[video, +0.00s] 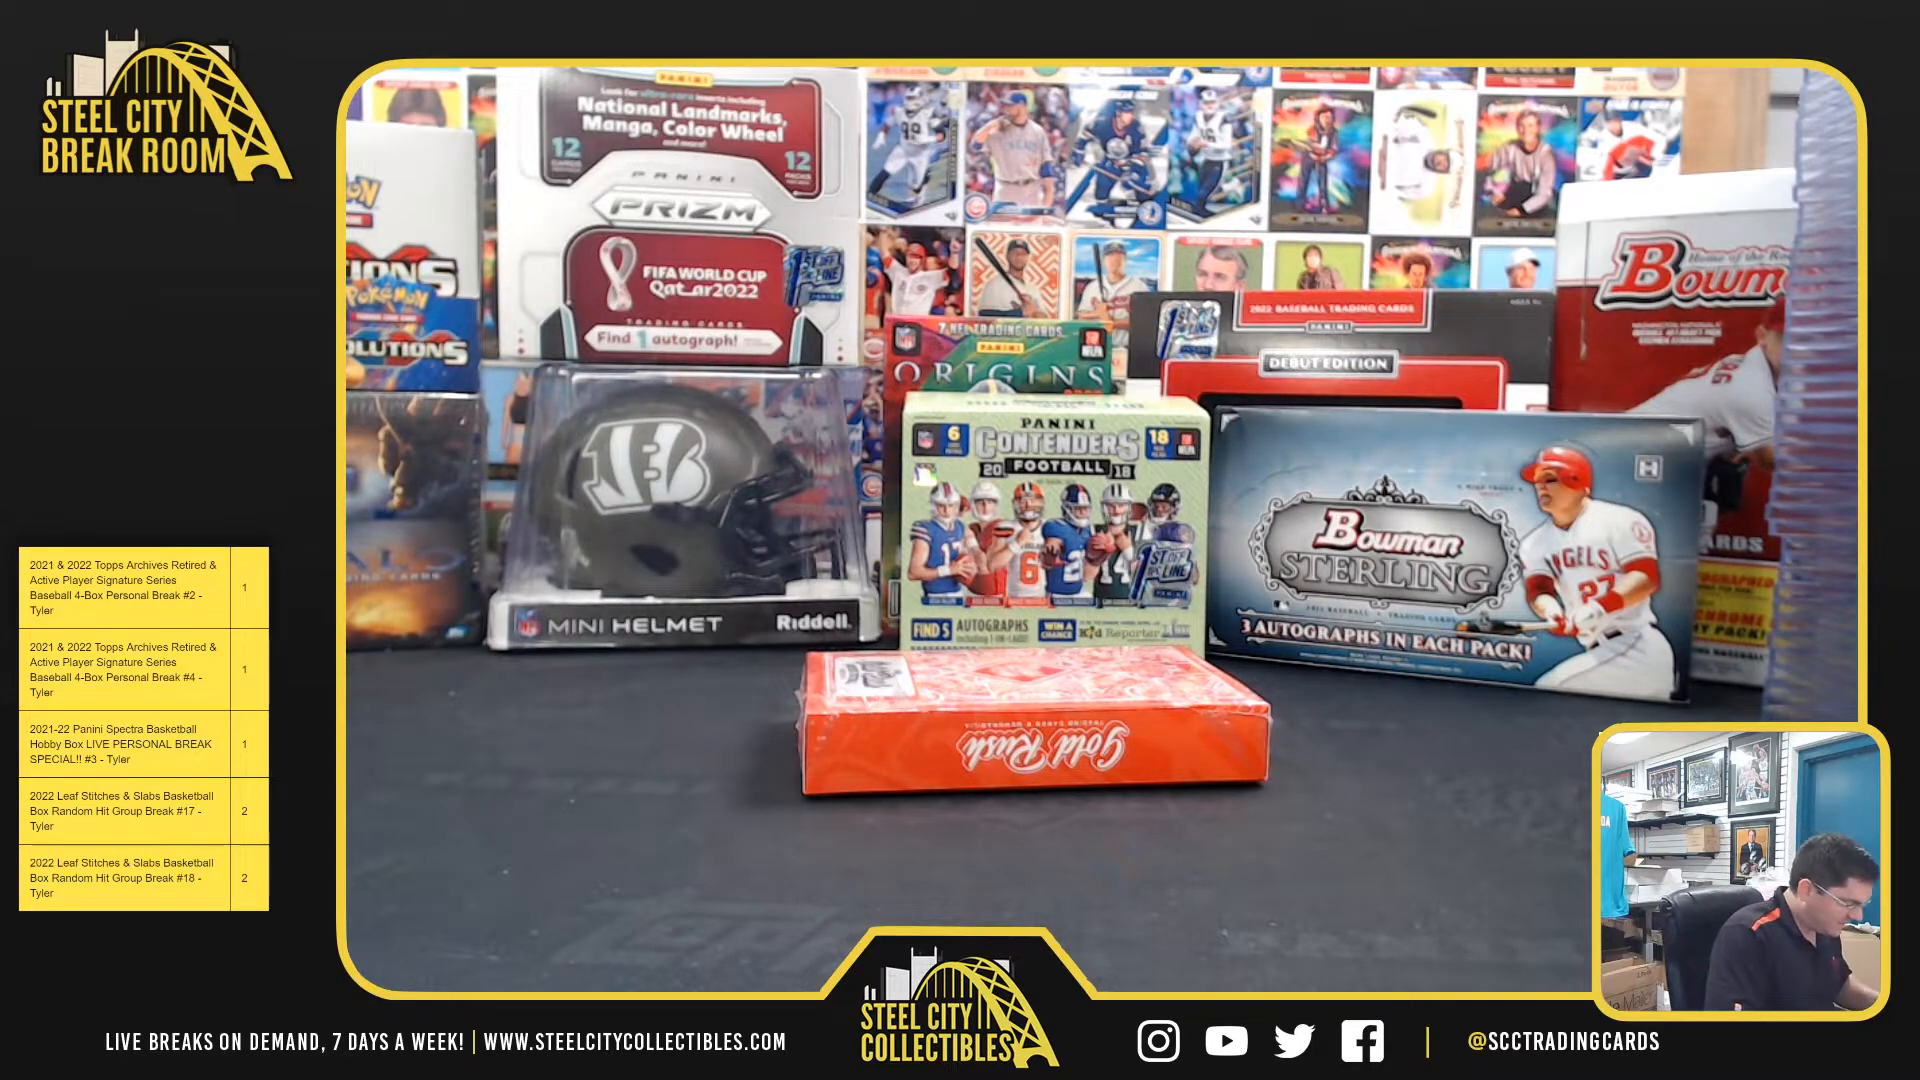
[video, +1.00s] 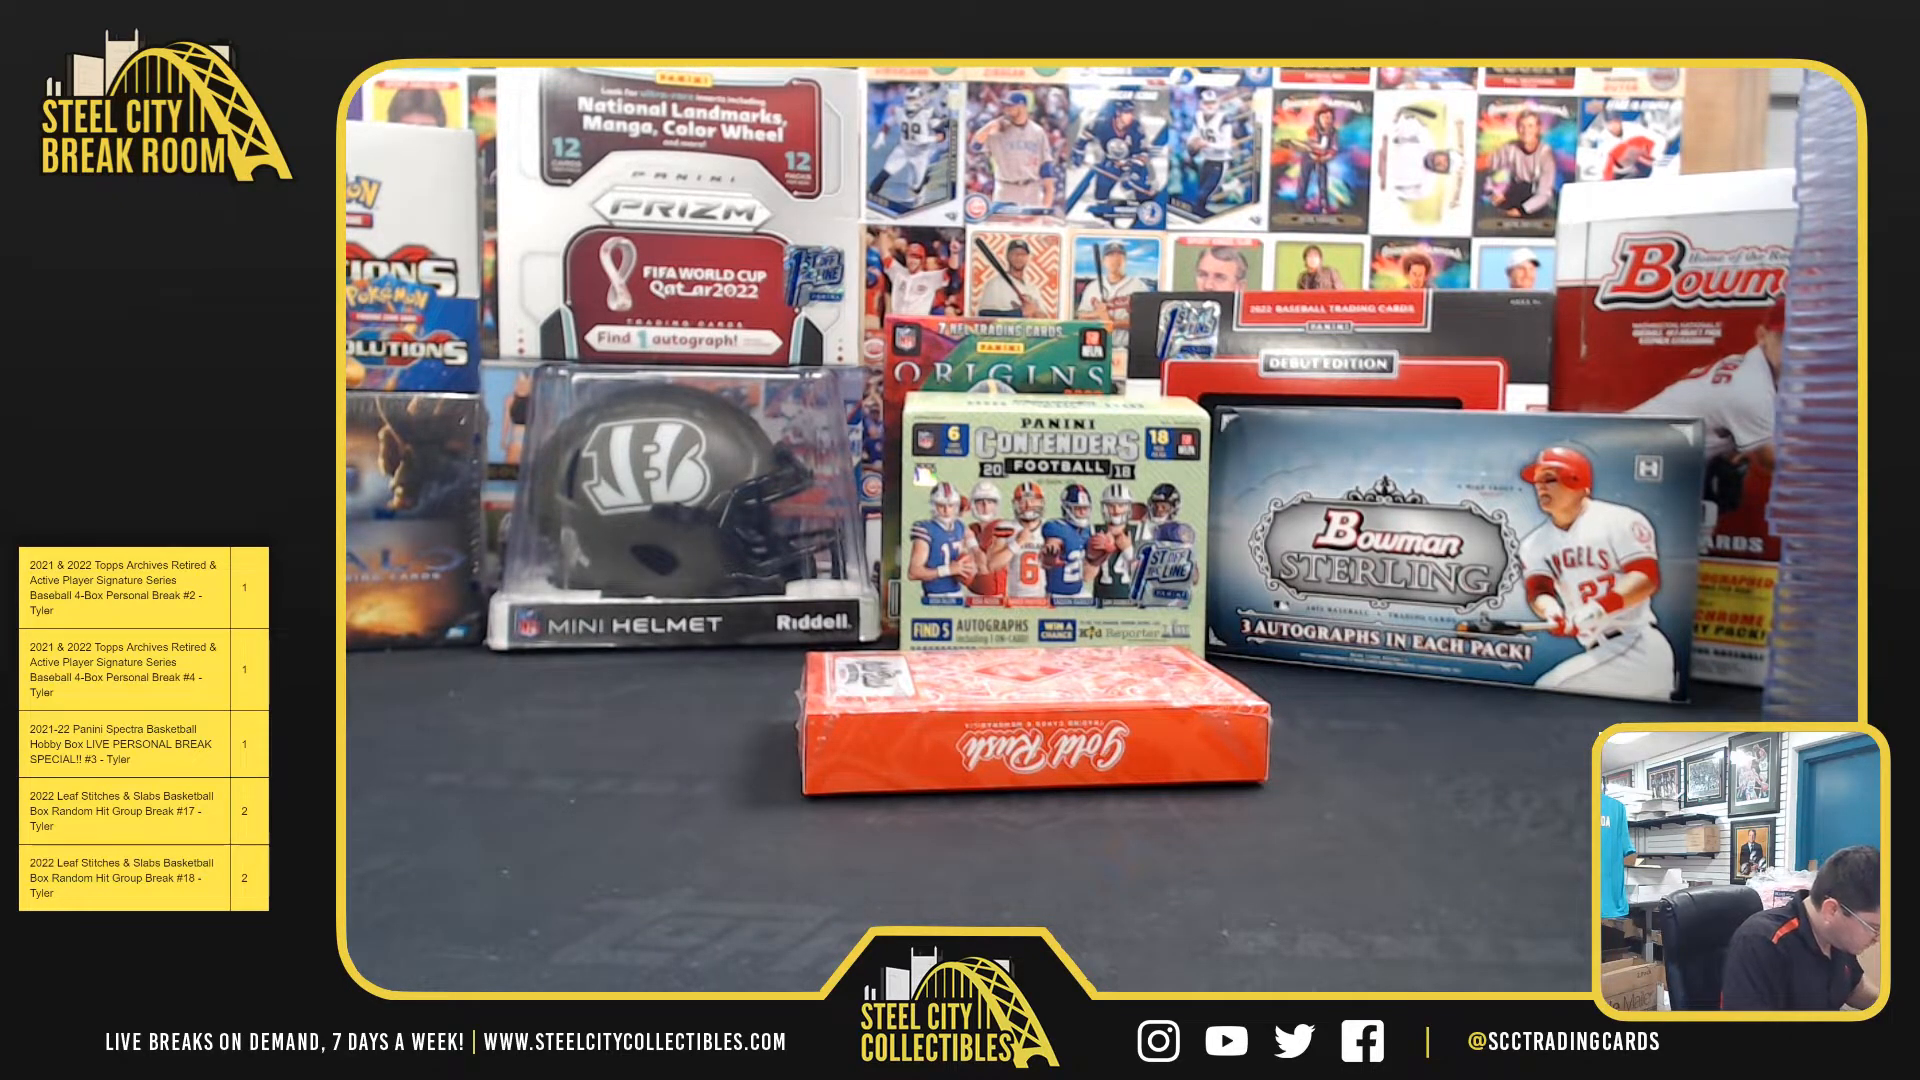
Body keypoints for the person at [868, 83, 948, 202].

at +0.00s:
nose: (910, 102)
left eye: (914, 99)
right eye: (908, 99)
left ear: (920, 100)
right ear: (905, 100)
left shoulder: (928, 114)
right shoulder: (899, 113)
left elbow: (942, 135)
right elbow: (887, 125)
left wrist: (928, 139)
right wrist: (881, 137)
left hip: (921, 152)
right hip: (903, 150)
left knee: (915, 186)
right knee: (886, 172)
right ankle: (868, 197)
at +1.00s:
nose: (910, 103)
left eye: (913, 99)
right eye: (908, 99)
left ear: (920, 100)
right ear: (905, 100)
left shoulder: (928, 114)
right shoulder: (899, 113)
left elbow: (942, 135)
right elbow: (887, 125)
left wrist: (928, 139)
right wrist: (881, 138)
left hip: (921, 153)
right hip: (903, 150)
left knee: (915, 187)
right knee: (885, 173)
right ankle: (868, 198)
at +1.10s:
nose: (910, 103)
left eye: (913, 99)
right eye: (908, 99)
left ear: (921, 100)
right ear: (905, 100)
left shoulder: (928, 114)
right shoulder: (900, 113)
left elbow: (942, 135)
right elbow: (887, 125)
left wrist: (928, 139)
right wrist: (881, 138)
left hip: (921, 153)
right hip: (903, 150)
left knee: (915, 187)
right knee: (885, 173)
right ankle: (868, 197)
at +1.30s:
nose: (910, 103)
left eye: (913, 99)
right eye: (908, 99)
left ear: (921, 100)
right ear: (905, 100)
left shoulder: (928, 114)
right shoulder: (900, 113)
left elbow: (942, 135)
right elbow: (887, 125)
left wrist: (928, 139)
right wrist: (881, 138)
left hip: (921, 153)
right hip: (903, 150)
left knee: (915, 187)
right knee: (885, 173)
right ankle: (868, 197)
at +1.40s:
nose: (910, 103)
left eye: (913, 99)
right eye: (908, 99)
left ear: (920, 100)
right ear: (905, 100)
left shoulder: (928, 114)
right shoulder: (899, 113)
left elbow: (942, 135)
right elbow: (887, 125)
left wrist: (928, 139)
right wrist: (881, 138)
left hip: (921, 153)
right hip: (903, 150)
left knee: (915, 187)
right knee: (885, 173)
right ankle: (868, 198)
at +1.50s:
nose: (910, 102)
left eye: (913, 99)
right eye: (908, 99)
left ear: (920, 100)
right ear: (905, 100)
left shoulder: (928, 114)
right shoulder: (900, 113)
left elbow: (942, 135)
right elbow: (887, 125)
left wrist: (928, 139)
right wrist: (881, 138)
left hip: (921, 153)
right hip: (903, 150)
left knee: (915, 186)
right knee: (885, 173)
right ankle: (868, 197)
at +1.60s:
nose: (910, 102)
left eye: (913, 99)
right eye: (908, 99)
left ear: (920, 100)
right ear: (905, 100)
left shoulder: (928, 114)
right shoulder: (899, 113)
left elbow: (942, 135)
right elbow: (887, 125)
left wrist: (928, 139)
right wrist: (881, 138)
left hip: (921, 153)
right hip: (903, 150)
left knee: (915, 186)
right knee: (885, 173)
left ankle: (919, 196)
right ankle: (868, 198)